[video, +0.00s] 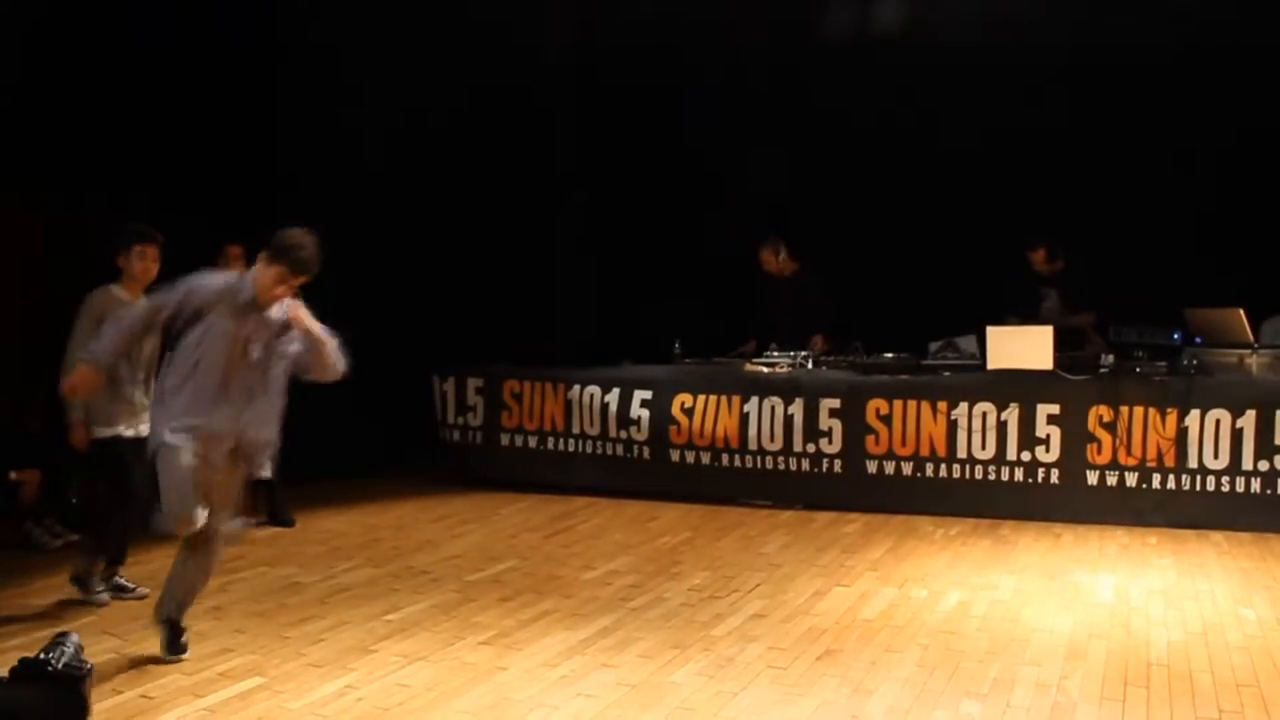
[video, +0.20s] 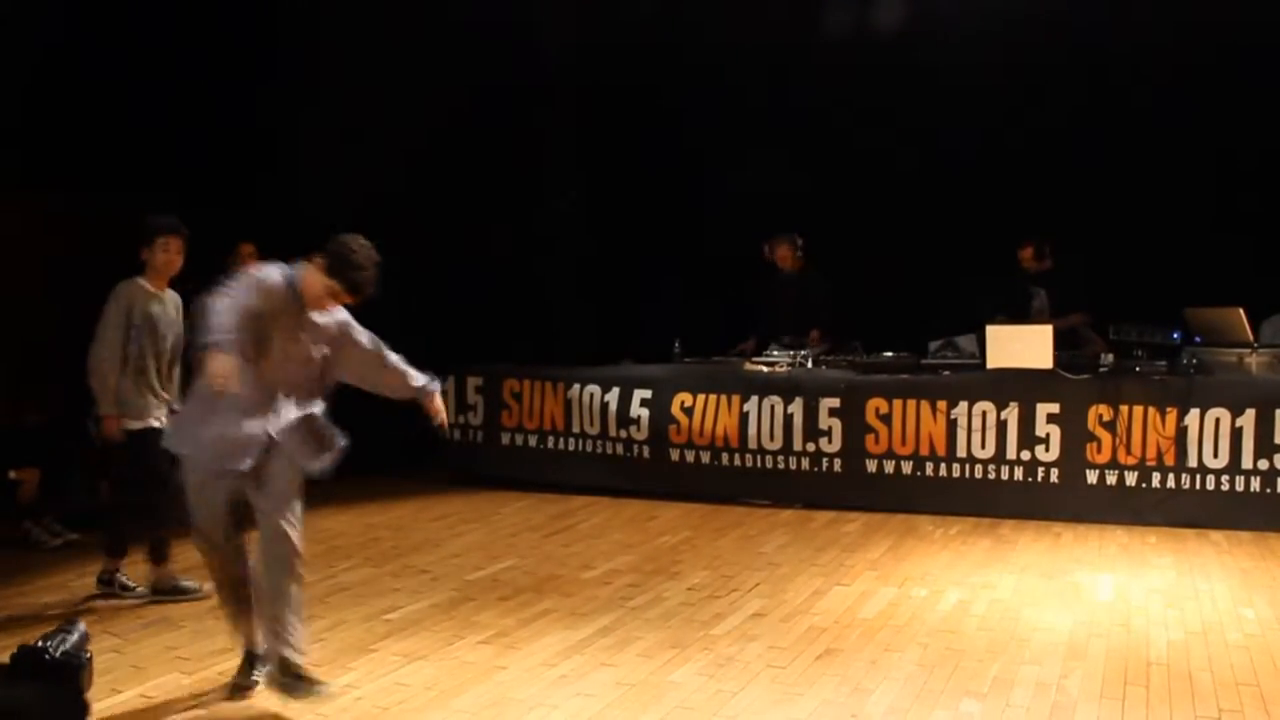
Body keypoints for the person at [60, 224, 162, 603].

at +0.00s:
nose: (149, 266)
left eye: (154, 259)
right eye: (142, 258)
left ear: (159, 265)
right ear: (124, 261)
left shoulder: (151, 309)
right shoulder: (102, 302)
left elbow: (148, 367)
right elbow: (77, 361)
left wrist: (152, 413)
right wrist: (77, 418)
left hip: (138, 424)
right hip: (104, 425)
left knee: (130, 501)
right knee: (105, 501)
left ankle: (113, 569)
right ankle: (87, 569)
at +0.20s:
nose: (173, 257)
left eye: (177, 250)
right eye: (165, 249)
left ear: (182, 256)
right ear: (147, 254)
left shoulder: (174, 301)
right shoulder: (128, 295)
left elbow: (172, 359)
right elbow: (105, 355)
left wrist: (172, 404)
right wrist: (108, 410)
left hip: (159, 417)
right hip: (129, 419)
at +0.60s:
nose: (217, 254)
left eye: (219, 247)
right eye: (210, 246)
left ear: (215, 251)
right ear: (188, 248)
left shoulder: (196, 289)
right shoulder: (185, 288)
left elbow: (195, 351)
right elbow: (183, 349)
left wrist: (202, 401)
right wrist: (187, 403)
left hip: (194, 413)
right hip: (177, 414)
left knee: (202, 485)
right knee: (168, 491)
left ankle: (226, 558)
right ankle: (156, 573)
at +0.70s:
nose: (217, 264)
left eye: (218, 256)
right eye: (213, 255)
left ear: (195, 255)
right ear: (194, 253)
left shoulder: (174, 292)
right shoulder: (185, 291)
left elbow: (167, 360)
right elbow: (189, 353)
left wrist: (162, 417)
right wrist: (198, 407)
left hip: (181, 414)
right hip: (182, 415)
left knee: (204, 486)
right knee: (164, 491)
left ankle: (221, 559)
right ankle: (142, 571)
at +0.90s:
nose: (198, 292)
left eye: (201, 286)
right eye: (199, 285)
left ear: (172, 271)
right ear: (191, 273)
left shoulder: (137, 304)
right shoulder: (175, 296)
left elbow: (132, 368)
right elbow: (179, 355)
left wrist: (139, 422)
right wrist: (194, 406)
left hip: (151, 417)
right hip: (175, 414)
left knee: (180, 481)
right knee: (192, 478)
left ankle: (181, 557)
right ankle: (159, 539)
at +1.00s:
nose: (179, 279)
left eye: (179, 273)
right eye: (179, 272)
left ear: (145, 265)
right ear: (169, 266)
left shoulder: (118, 299)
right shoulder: (165, 292)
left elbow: (116, 364)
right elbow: (176, 352)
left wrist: (124, 421)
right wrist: (181, 407)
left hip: (135, 412)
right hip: (164, 410)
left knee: (151, 482)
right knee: (184, 473)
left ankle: (153, 560)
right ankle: (182, 550)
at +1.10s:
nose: (156, 269)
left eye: (154, 264)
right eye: (155, 264)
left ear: (120, 261)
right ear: (148, 261)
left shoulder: (95, 294)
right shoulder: (151, 292)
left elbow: (87, 353)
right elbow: (164, 351)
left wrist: (102, 396)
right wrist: (164, 402)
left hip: (101, 417)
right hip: (141, 414)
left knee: (113, 490)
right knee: (160, 481)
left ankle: (121, 562)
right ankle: (188, 546)